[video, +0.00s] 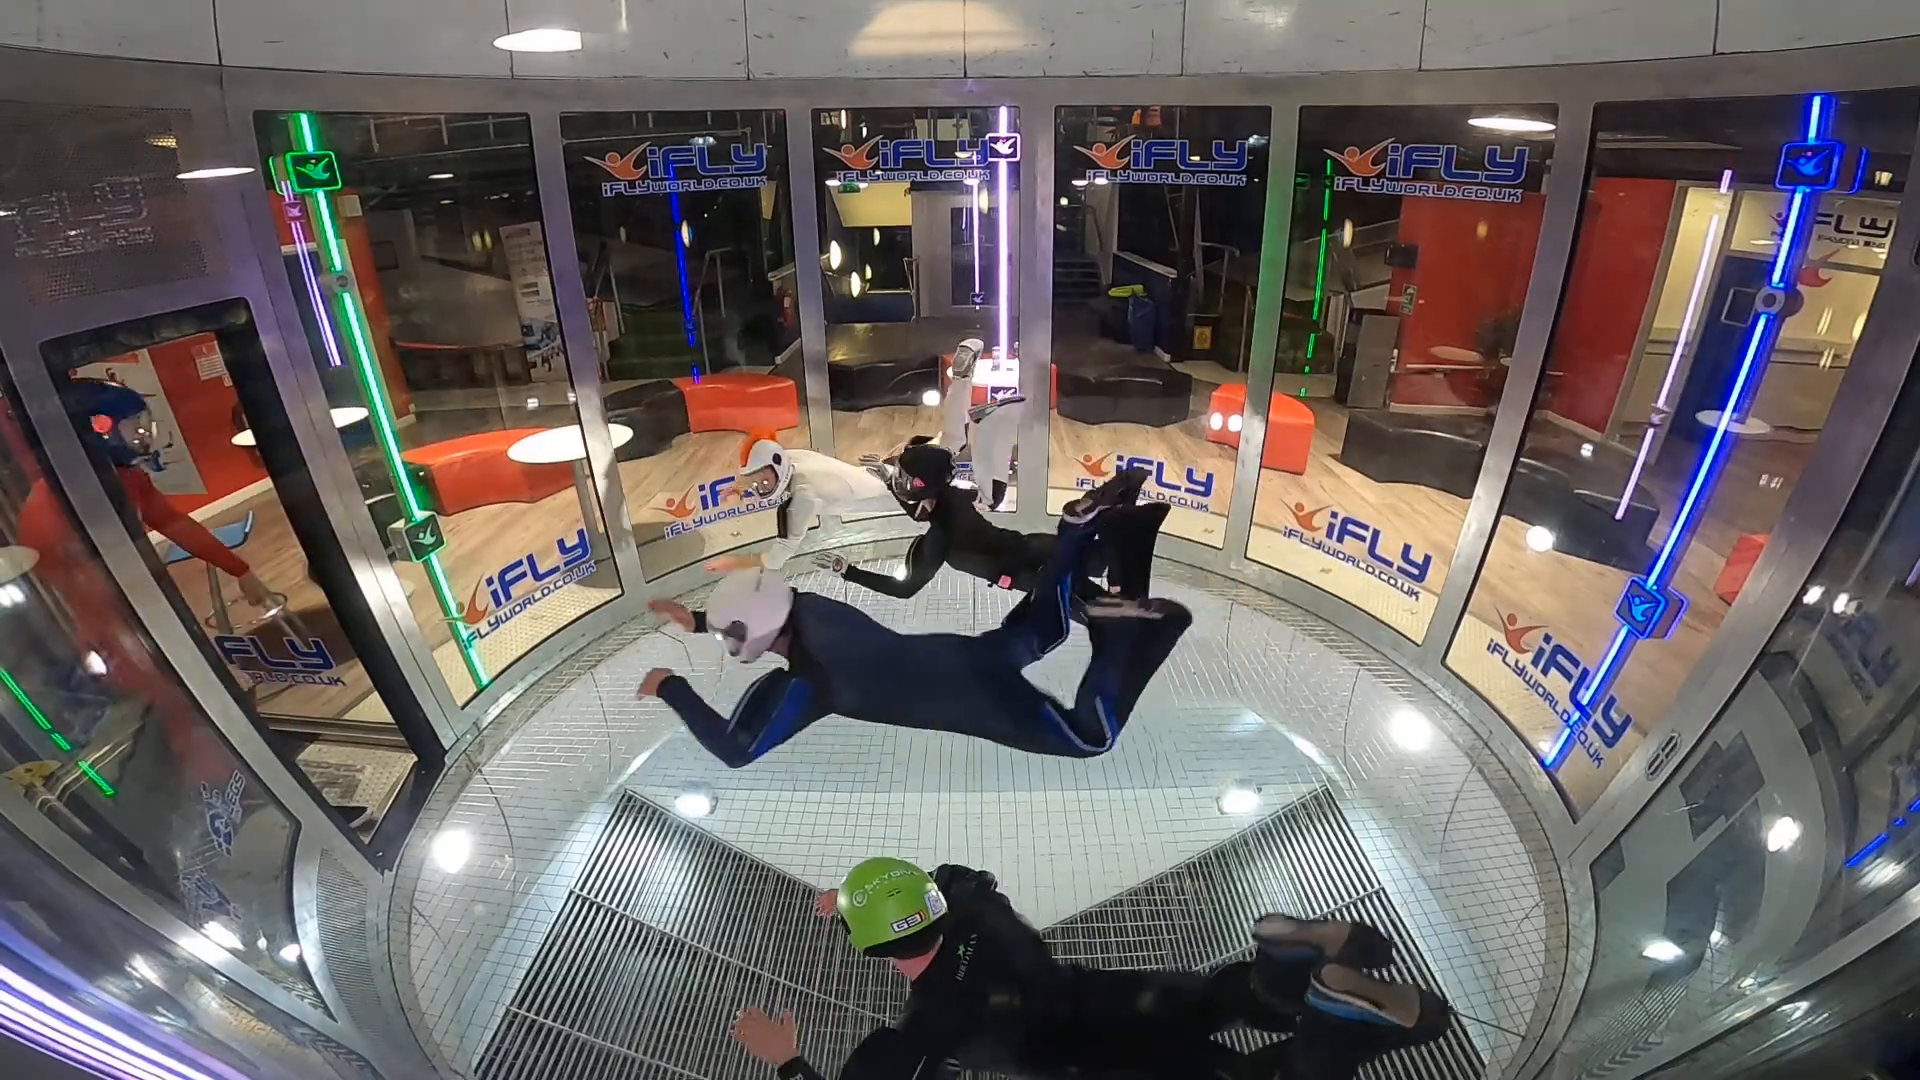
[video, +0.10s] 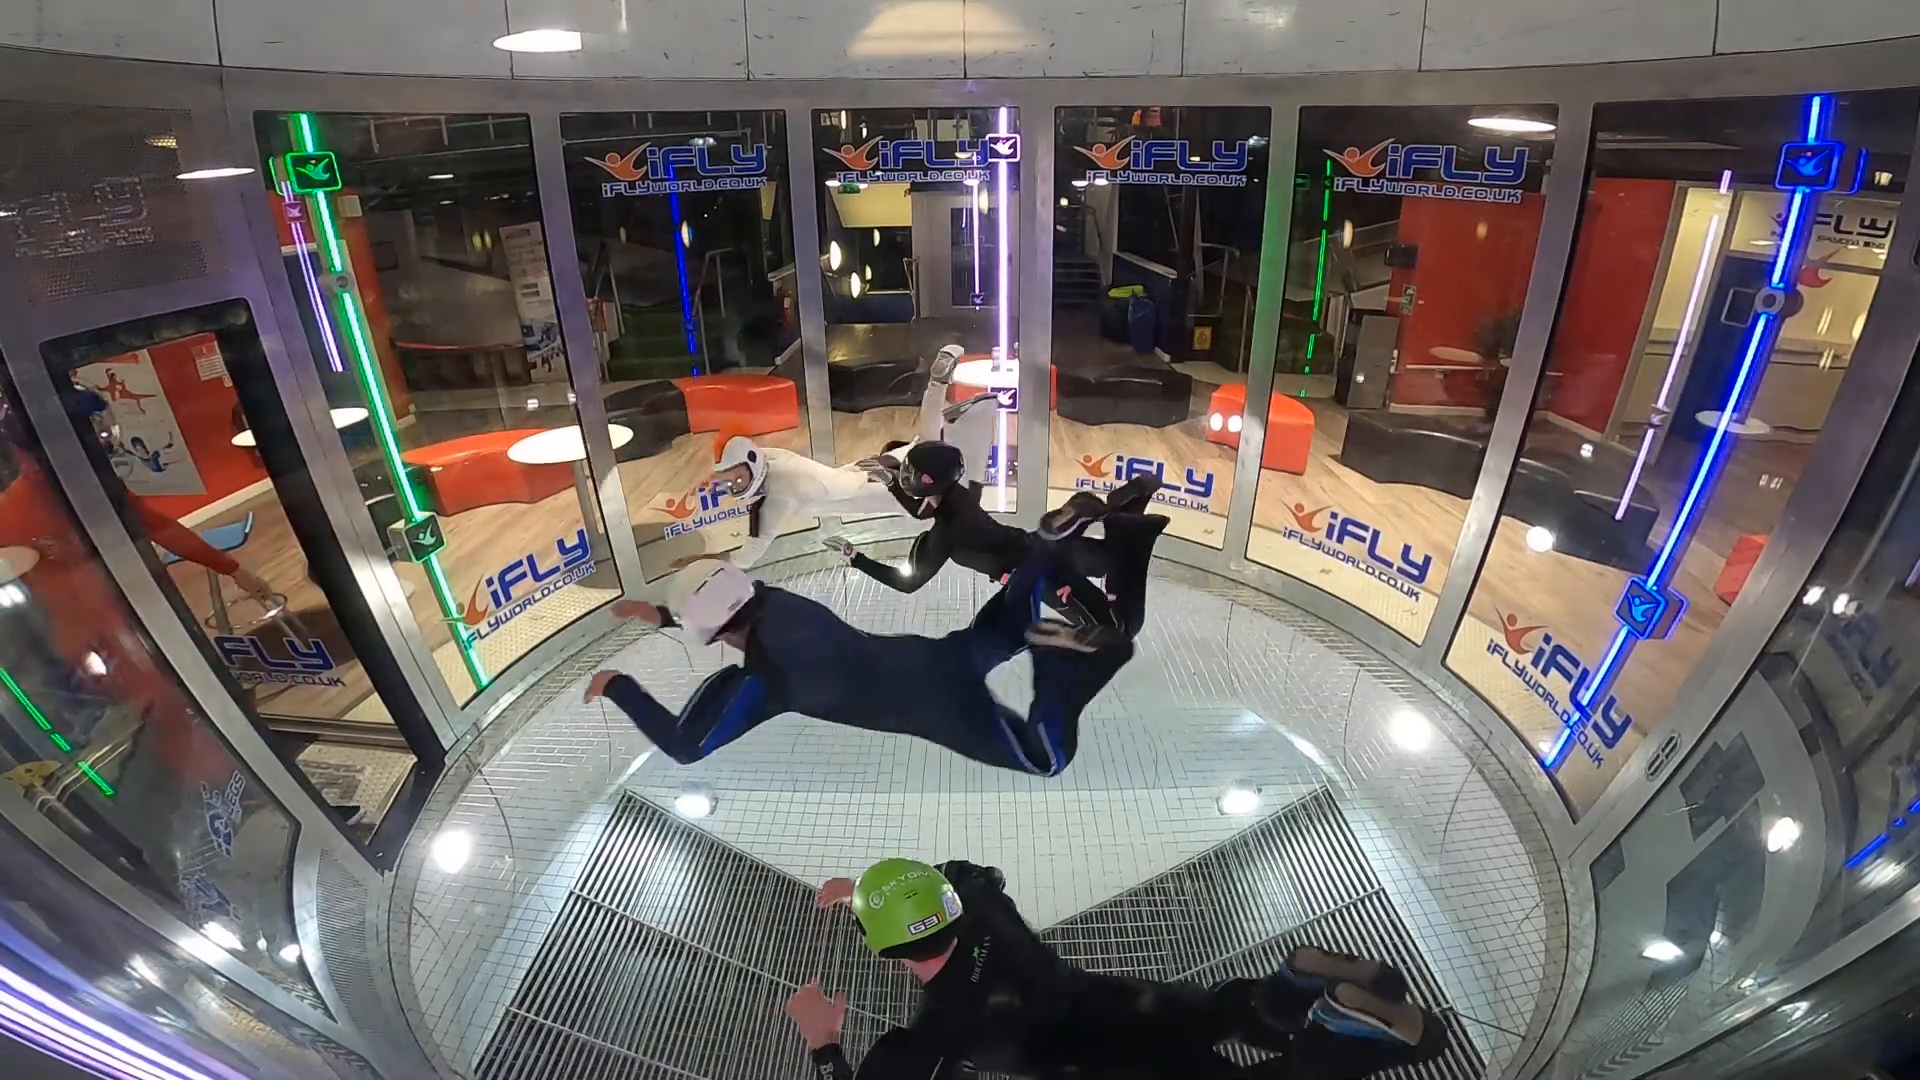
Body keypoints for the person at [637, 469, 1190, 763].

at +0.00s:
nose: (736, 645)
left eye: (741, 638)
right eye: (733, 636)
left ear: (764, 635)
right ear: (772, 609)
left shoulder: (802, 681)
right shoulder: (806, 609)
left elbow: (737, 748)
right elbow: (755, 612)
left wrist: (672, 690)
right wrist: (697, 617)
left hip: (977, 696)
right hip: (969, 651)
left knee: (1090, 736)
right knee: (1043, 623)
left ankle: (1129, 628)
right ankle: (1088, 526)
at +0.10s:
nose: (716, 642)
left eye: (715, 635)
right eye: (712, 633)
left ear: (730, 634)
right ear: (749, 600)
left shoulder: (764, 681)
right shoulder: (782, 604)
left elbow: (686, 744)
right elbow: (724, 601)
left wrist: (619, 688)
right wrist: (661, 615)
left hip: (939, 709)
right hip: (937, 654)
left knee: (1049, 753)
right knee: (997, 631)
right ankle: (1056, 551)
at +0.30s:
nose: (623, 621)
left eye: (623, 614)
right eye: (622, 611)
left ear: (639, 620)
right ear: (668, 579)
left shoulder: (680, 677)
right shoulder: (709, 593)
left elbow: (583, 733)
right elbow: (655, 589)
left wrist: (516, 665)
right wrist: (601, 610)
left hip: (872, 710)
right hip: (874, 659)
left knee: (976, 771)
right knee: (942, 616)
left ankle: (974, 652)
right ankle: (949, 538)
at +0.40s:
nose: (595, 627)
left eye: (590, 618)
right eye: (595, 612)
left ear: (603, 620)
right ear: (637, 585)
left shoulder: (639, 676)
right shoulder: (677, 594)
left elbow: (532, 728)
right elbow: (649, 569)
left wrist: (449, 662)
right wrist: (604, 543)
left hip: (840, 713)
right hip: (847, 665)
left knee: (951, 768)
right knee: (913, 640)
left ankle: (944, 624)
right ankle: (914, 554)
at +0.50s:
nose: (560, 607)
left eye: (556, 607)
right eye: (564, 590)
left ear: (570, 621)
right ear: (606, 579)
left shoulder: (610, 680)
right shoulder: (652, 598)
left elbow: (506, 729)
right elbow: (598, 578)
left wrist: (434, 655)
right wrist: (545, 562)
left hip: (814, 728)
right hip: (819, 675)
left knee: (926, 781)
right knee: (886, 646)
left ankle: (947, 647)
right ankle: (895, 543)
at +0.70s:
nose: (518, 621)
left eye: (522, 611)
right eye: (521, 608)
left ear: (543, 619)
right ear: (589, 588)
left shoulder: (571, 685)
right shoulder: (624, 617)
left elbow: (447, 740)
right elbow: (551, 598)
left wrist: (358, 674)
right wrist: (491, 593)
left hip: (788, 764)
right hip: (799, 707)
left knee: (904, 828)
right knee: (878, 673)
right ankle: (882, 566)